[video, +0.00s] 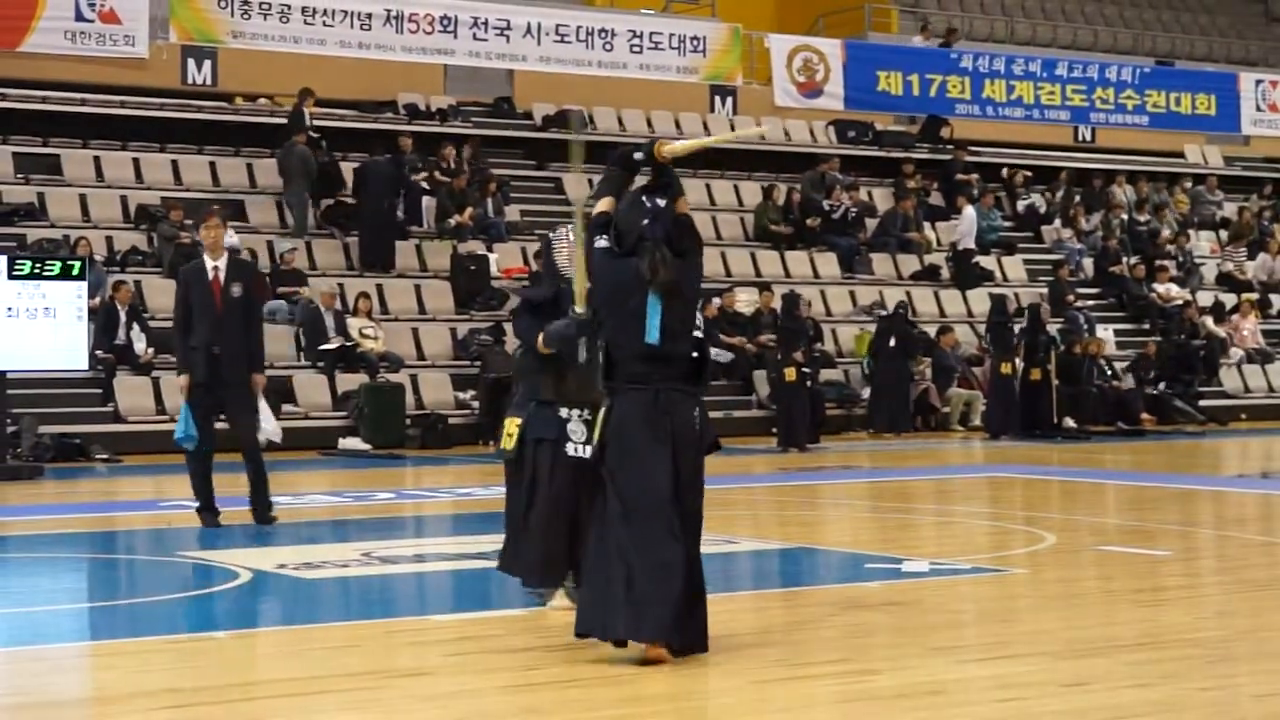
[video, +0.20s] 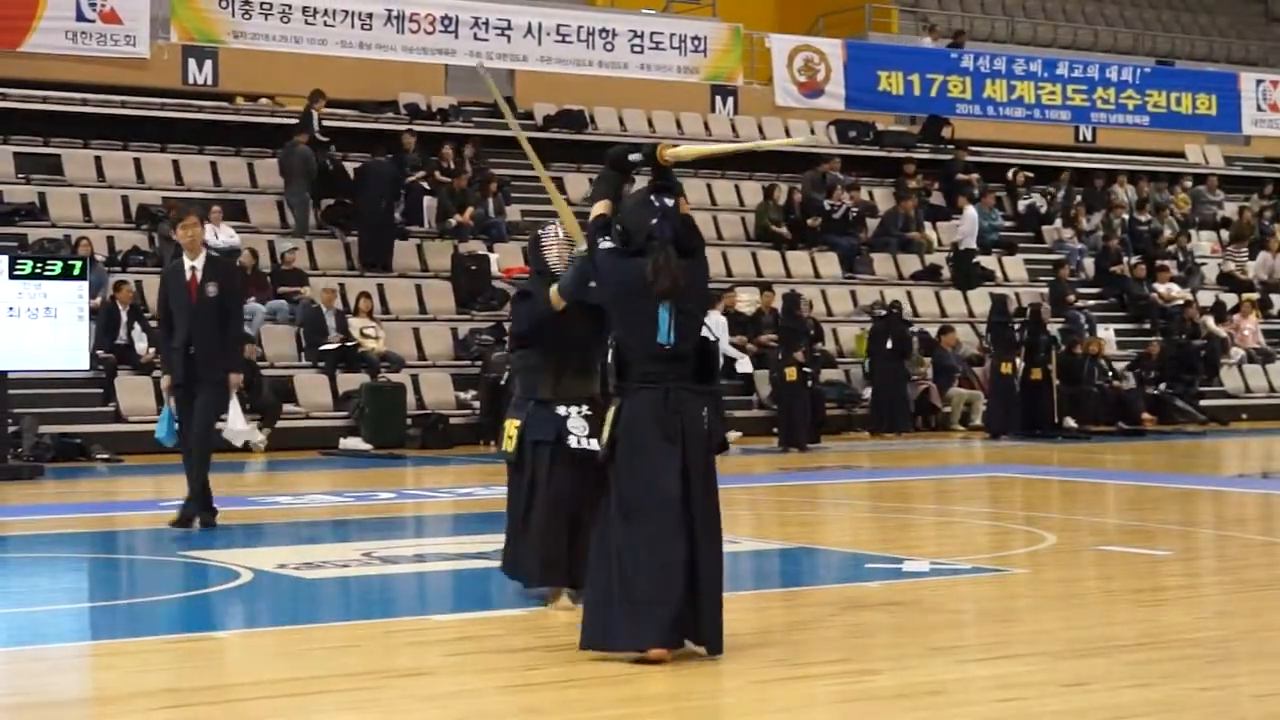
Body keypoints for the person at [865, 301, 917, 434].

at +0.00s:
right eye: (905, 312)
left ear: (893, 311)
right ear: (906, 313)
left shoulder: (883, 326)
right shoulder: (907, 329)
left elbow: (873, 348)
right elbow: (912, 351)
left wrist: (877, 362)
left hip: (882, 368)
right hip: (900, 369)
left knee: (880, 398)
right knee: (899, 398)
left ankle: (878, 426)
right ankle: (899, 426)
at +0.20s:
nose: (896, 314)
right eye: (898, 311)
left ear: (888, 310)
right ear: (901, 312)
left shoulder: (877, 326)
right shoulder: (902, 327)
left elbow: (870, 350)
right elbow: (906, 351)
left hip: (879, 368)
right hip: (896, 368)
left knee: (879, 398)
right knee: (898, 398)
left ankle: (878, 427)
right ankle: (899, 426)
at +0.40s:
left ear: (877, 311)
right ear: (892, 312)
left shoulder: (870, 327)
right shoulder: (895, 328)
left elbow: (864, 349)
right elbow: (901, 349)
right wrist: (893, 356)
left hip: (874, 368)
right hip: (893, 367)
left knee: (876, 398)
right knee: (895, 397)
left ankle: (877, 426)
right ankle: (895, 425)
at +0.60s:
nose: (883, 313)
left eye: (882, 309)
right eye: (884, 310)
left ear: (873, 310)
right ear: (888, 311)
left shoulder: (866, 325)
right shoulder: (891, 325)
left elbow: (860, 346)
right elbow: (896, 347)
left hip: (870, 367)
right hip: (887, 367)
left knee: (873, 396)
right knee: (887, 396)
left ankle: (874, 425)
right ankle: (886, 425)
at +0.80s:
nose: (884, 313)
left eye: (884, 310)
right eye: (885, 310)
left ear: (873, 310)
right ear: (886, 311)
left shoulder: (865, 325)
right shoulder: (891, 325)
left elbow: (860, 346)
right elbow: (899, 348)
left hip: (870, 366)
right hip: (887, 365)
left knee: (871, 395)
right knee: (886, 395)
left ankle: (871, 424)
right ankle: (886, 423)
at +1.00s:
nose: (885, 313)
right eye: (885, 310)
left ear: (873, 309)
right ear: (887, 311)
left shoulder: (866, 325)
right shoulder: (891, 325)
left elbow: (859, 345)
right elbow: (895, 348)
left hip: (870, 366)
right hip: (886, 366)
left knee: (871, 395)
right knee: (885, 394)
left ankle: (871, 424)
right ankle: (884, 423)